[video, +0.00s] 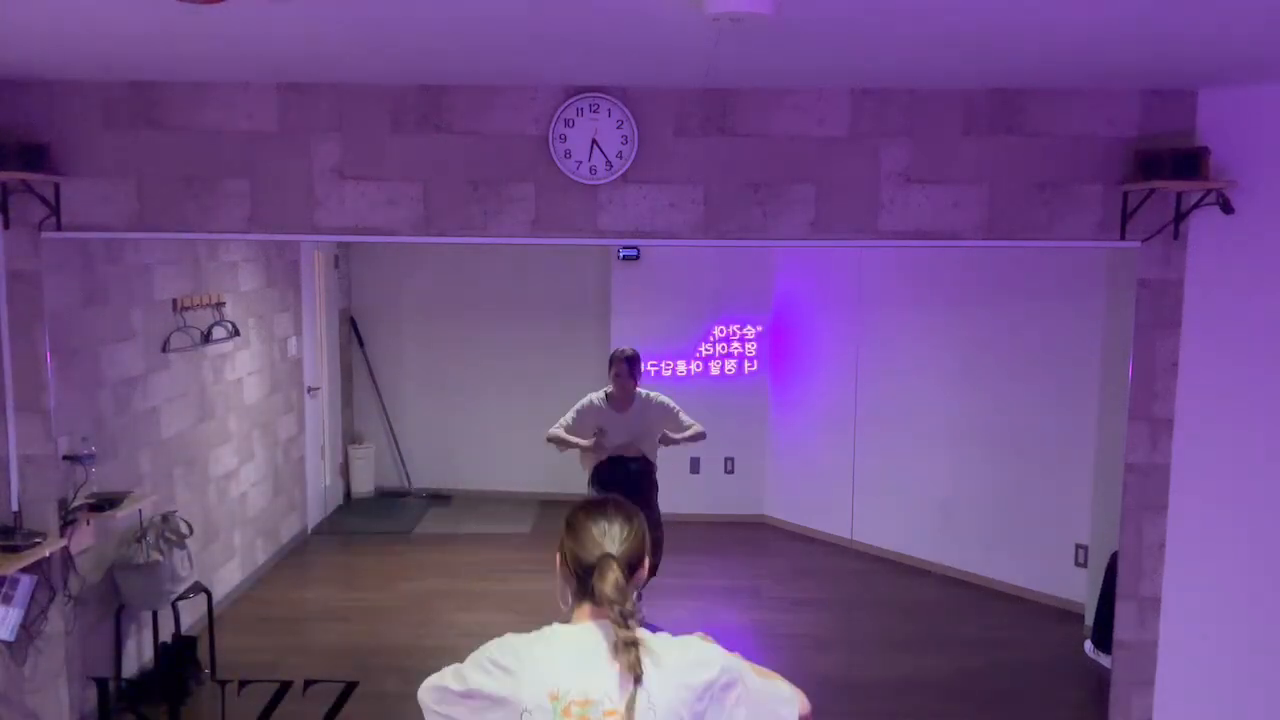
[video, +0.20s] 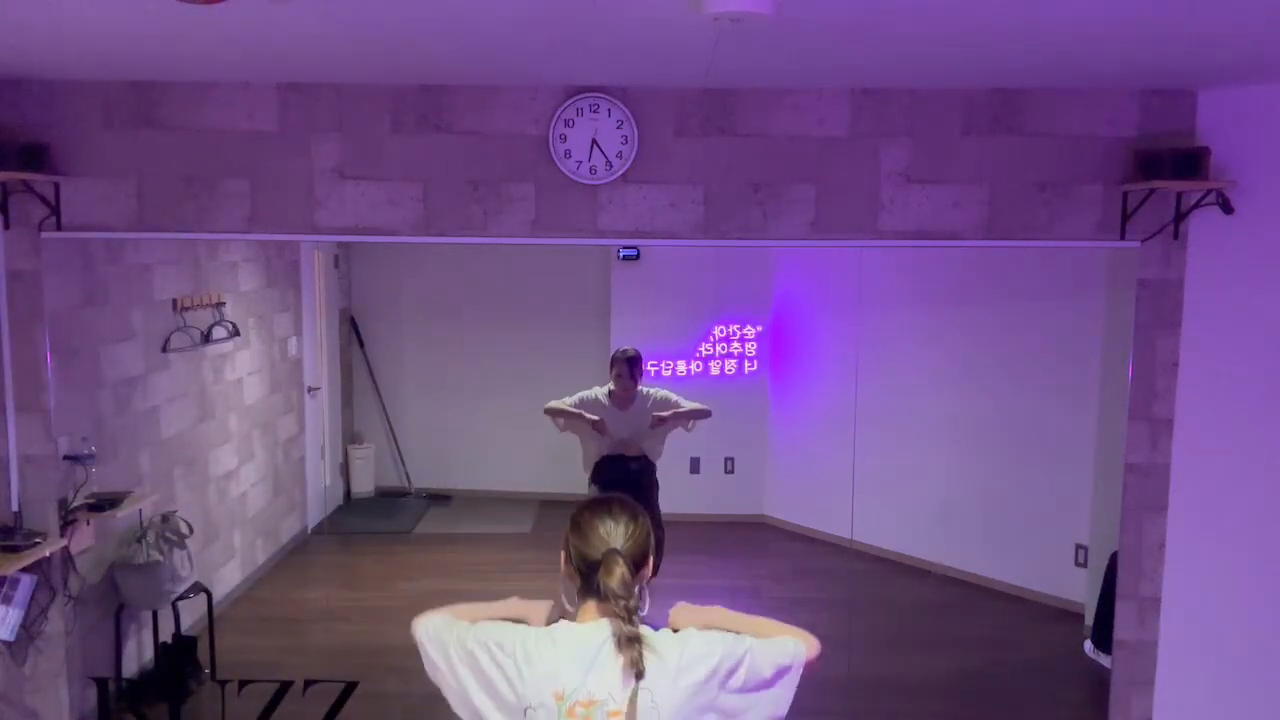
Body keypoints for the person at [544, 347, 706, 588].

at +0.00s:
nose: (621, 381)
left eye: (627, 375)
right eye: (617, 375)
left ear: (637, 376)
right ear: (610, 375)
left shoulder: (654, 403)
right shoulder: (594, 404)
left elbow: (699, 432)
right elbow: (554, 434)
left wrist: (676, 439)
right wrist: (584, 444)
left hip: (642, 484)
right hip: (604, 482)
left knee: (652, 552)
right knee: (603, 542)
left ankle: (636, 596)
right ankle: (602, 598)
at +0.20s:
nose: (625, 383)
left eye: (631, 377)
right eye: (619, 377)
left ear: (639, 376)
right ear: (611, 374)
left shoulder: (654, 398)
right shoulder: (596, 397)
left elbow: (704, 412)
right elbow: (551, 408)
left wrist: (671, 416)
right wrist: (585, 417)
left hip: (642, 479)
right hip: (604, 477)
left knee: (650, 534)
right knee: (601, 531)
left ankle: (645, 584)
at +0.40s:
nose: (621, 348)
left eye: (627, 343)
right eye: (616, 342)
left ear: (637, 345)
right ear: (610, 343)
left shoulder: (652, 367)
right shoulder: (596, 364)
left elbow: (698, 369)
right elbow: (549, 360)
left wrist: (662, 392)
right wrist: (582, 391)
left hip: (640, 445)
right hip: (601, 443)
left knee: (652, 500)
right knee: (598, 496)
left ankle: (651, 551)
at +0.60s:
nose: (615, 320)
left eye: (621, 315)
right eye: (611, 314)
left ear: (633, 320)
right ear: (606, 317)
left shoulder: (649, 346)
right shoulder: (590, 342)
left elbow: (682, 380)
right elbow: (549, 369)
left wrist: (651, 409)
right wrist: (574, 407)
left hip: (637, 434)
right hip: (593, 431)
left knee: (639, 498)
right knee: (593, 497)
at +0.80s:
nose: (613, 333)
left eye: (620, 328)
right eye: (609, 327)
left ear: (630, 334)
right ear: (603, 331)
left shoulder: (644, 372)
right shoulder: (583, 369)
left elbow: (645, 430)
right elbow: (571, 417)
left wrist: (630, 469)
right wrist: (579, 458)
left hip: (633, 459)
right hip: (591, 454)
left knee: (643, 520)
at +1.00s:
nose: (611, 359)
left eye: (618, 354)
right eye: (607, 352)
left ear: (627, 360)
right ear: (598, 354)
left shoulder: (636, 399)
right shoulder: (575, 388)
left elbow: (635, 454)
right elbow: (571, 443)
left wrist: (635, 499)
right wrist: (571, 489)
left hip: (617, 465)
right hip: (580, 464)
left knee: (636, 533)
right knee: (526, 528)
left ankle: (627, 607)